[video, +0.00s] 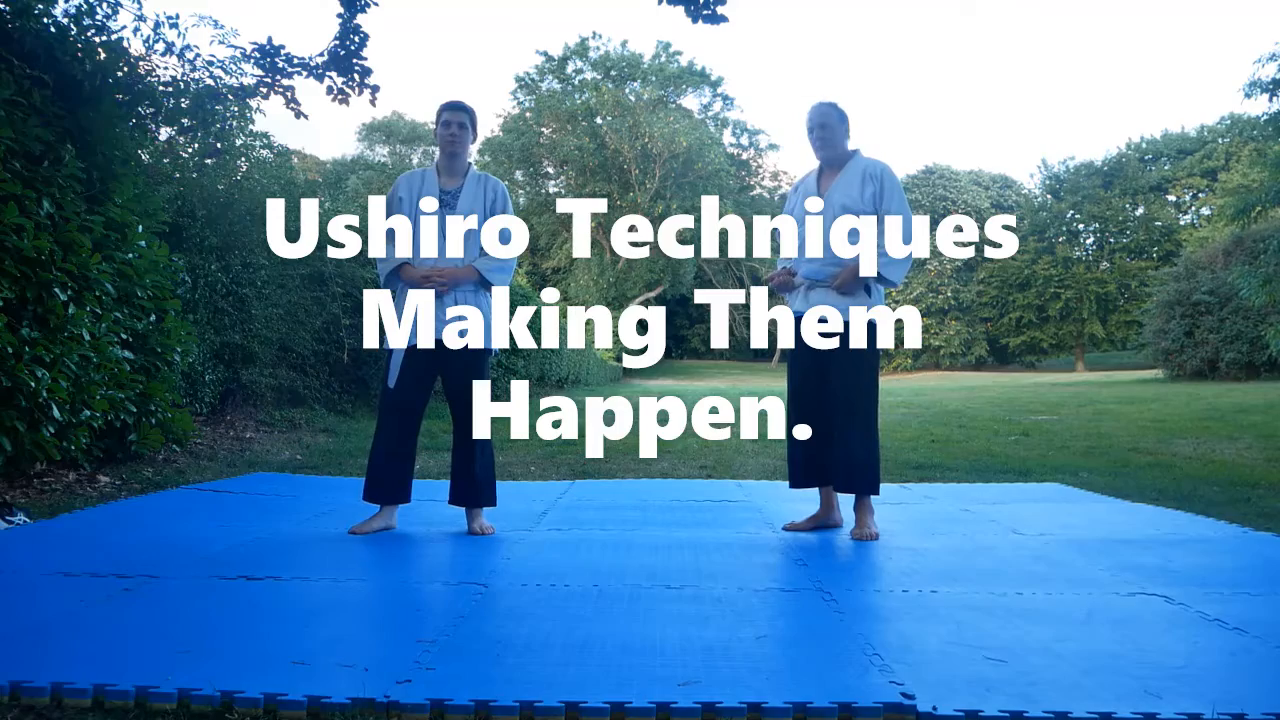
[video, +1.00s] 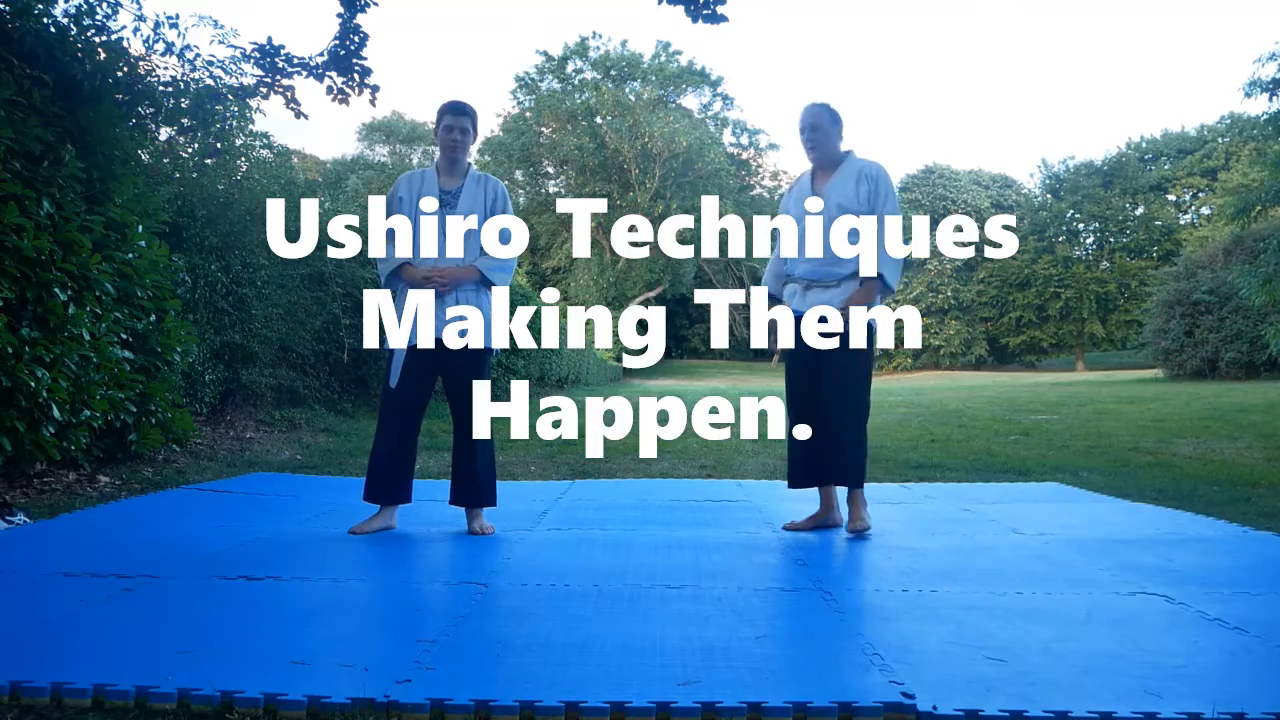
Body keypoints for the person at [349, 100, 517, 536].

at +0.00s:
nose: (452, 132)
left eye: (461, 127)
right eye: (446, 125)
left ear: (474, 138)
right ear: (434, 133)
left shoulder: (493, 190)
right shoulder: (406, 185)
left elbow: (504, 258)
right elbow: (388, 253)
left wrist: (456, 274)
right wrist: (416, 275)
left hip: (470, 320)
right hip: (413, 318)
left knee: (472, 414)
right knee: (398, 411)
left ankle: (475, 513)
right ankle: (387, 510)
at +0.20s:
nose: (453, 133)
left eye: (461, 128)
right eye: (447, 126)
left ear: (474, 138)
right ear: (435, 133)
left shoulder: (492, 190)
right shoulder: (406, 185)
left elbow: (503, 258)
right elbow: (389, 255)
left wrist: (455, 274)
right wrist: (419, 277)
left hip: (470, 322)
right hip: (414, 320)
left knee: (472, 415)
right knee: (398, 411)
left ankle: (475, 512)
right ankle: (387, 510)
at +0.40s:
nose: (454, 136)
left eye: (462, 130)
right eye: (448, 128)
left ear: (474, 139)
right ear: (435, 133)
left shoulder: (492, 190)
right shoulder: (406, 185)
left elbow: (503, 259)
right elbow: (389, 256)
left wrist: (452, 274)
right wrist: (422, 277)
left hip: (470, 322)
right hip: (414, 320)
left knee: (472, 415)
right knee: (398, 411)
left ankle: (475, 512)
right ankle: (387, 510)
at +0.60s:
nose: (455, 137)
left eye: (463, 131)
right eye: (448, 129)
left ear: (474, 139)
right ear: (435, 133)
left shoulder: (492, 190)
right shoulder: (406, 185)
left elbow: (504, 258)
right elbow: (388, 252)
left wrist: (459, 273)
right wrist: (415, 275)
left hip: (470, 321)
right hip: (414, 319)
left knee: (472, 415)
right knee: (398, 411)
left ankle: (475, 513)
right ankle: (387, 510)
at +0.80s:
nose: (455, 137)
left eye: (464, 131)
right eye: (449, 129)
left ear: (475, 139)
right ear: (435, 134)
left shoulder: (492, 190)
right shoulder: (406, 186)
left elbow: (504, 258)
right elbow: (388, 254)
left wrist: (459, 273)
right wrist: (419, 276)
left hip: (470, 322)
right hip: (414, 319)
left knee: (473, 415)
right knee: (398, 411)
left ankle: (475, 513)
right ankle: (387, 510)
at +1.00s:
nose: (456, 137)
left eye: (464, 131)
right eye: (449, 129)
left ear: (475, 139)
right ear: (435, 133)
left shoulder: (492, 190)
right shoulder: (406, 186)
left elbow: (504, 259)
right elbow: (389, 256)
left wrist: (457, 274)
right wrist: (421, 277)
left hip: (470, 322)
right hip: (414, 320)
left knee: (473, 415)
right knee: (399, 411)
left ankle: (475, 512)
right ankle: (387, 510)